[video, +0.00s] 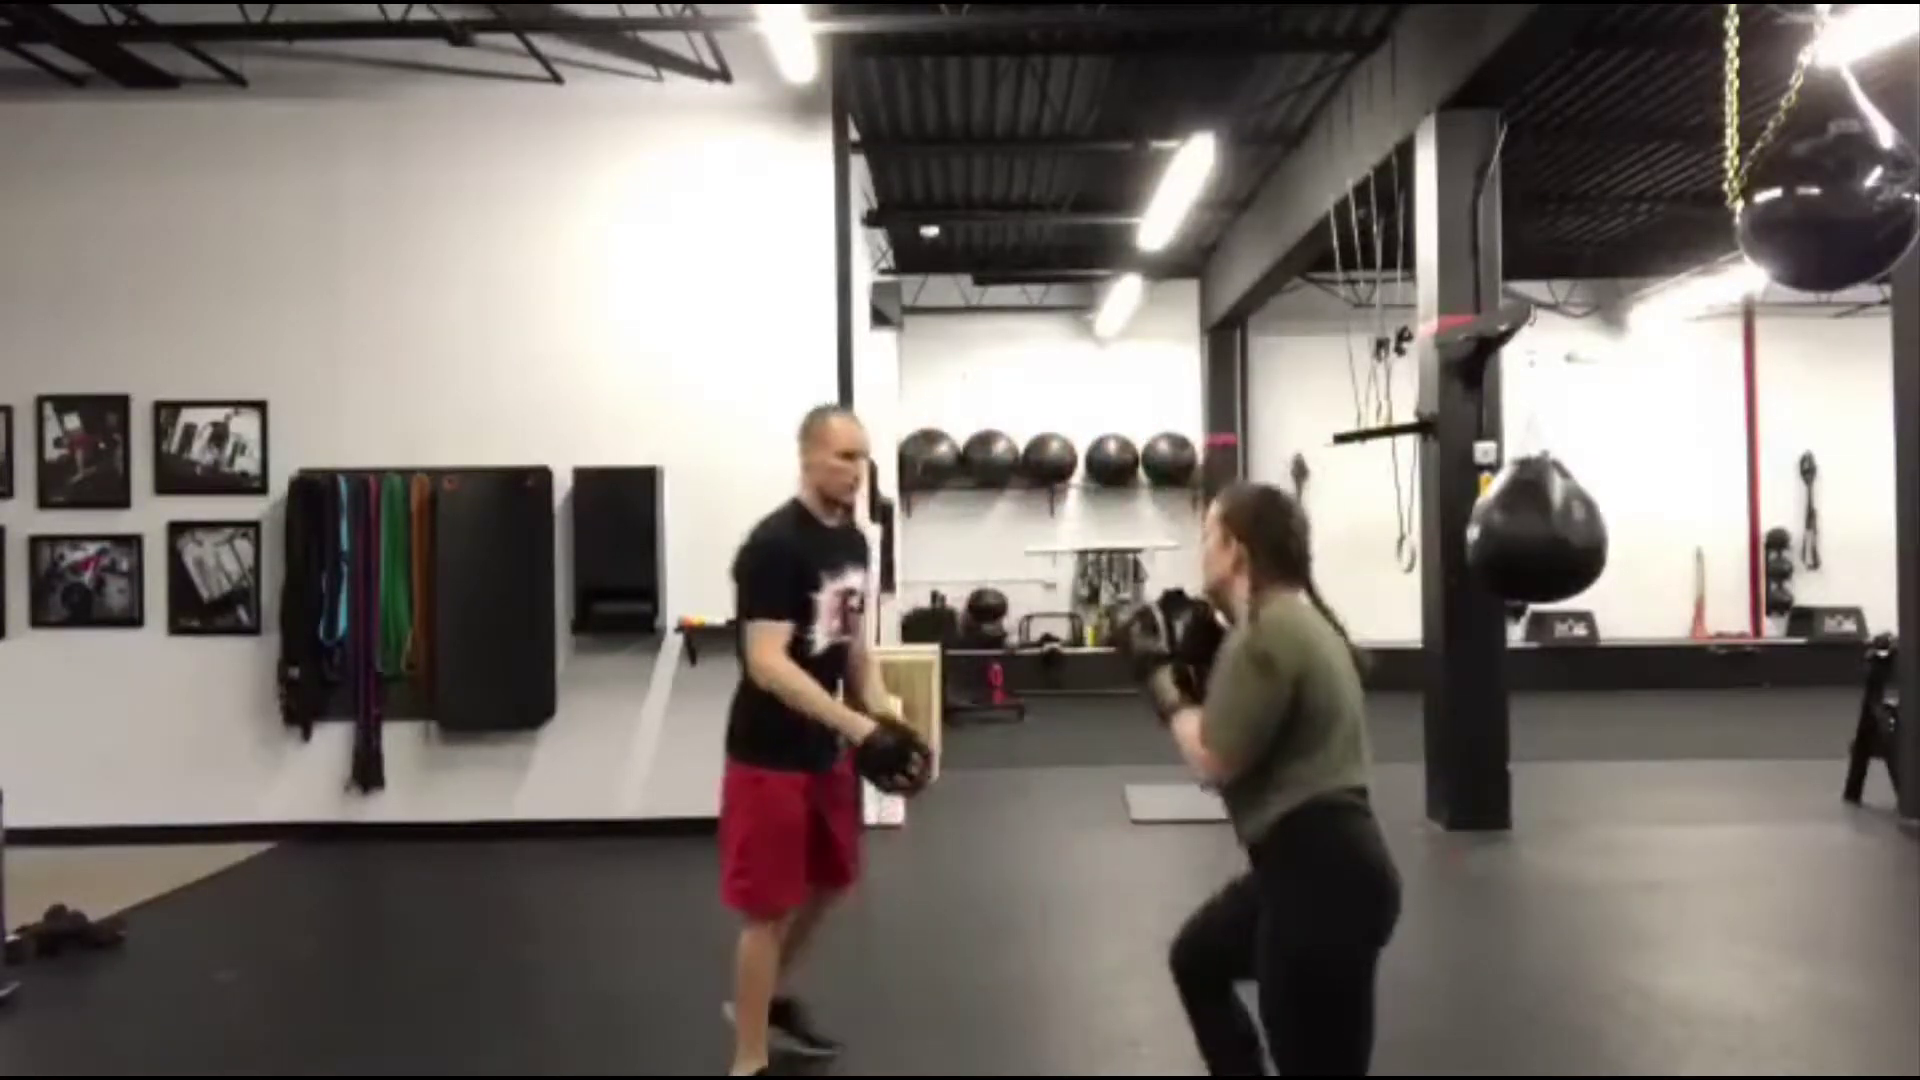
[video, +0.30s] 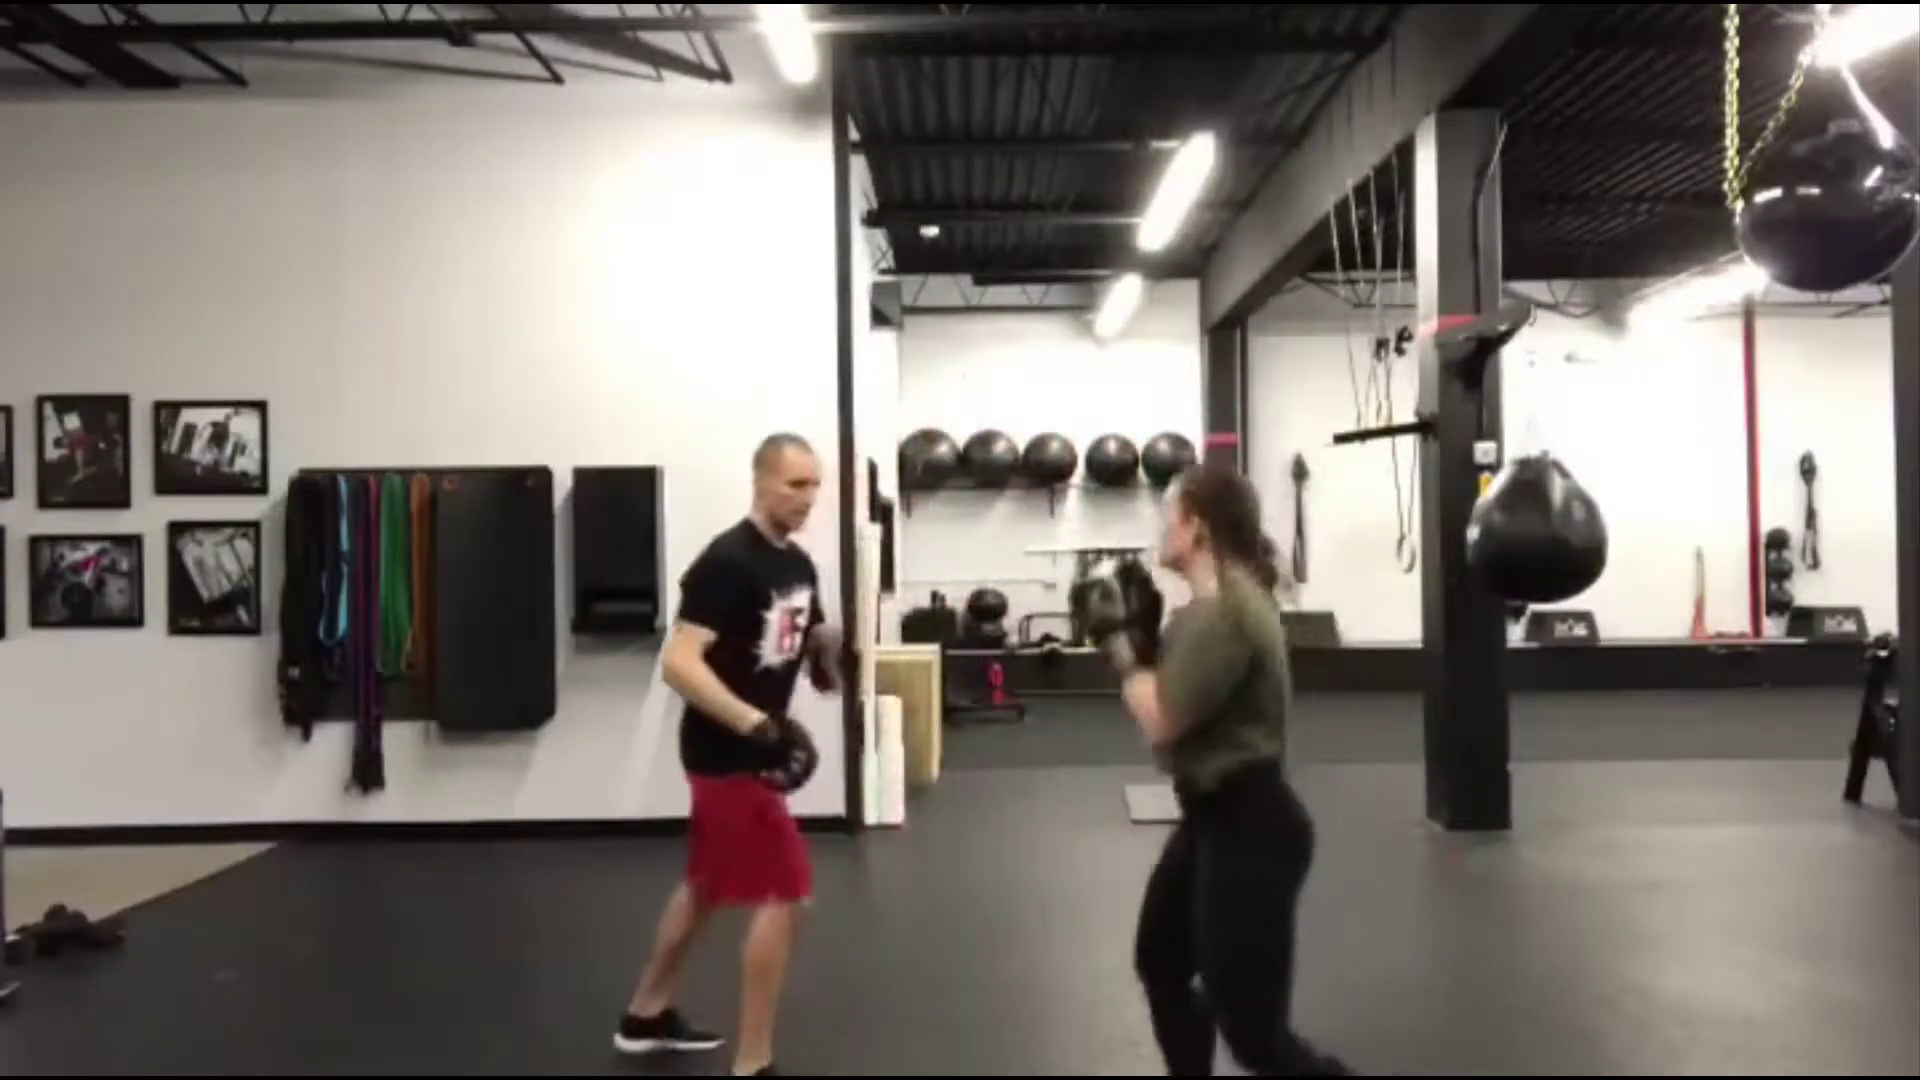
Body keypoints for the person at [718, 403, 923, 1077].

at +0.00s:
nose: (858, 470)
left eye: (863, 458)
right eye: (845, 457)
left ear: (862, 464)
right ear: (806, 459)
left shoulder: (855, 546)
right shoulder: (772, 545)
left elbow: (857, 651)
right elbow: (766, 660)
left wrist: (890, 722)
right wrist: (857, 727)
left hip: (829, 755)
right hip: (768, 759)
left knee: (828, 882)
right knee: (768, 912)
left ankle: (770, 997)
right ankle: (750, 1058)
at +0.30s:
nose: (808, 498)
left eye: (814, 486)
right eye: (797, 485)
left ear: (812, 490)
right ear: (760, 484)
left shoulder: (798, 565)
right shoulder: (726, 562)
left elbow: (800, 642)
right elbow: (679, 661)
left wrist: (825, 656)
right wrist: (761, 725)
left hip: (757, 757)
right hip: (723, 761)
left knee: (704, 883)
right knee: (783, 892)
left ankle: (647, 1013)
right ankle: (752, 1061)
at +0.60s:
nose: (795, 489)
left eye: (799, 478)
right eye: (784, 477)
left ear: (793, 483)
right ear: (745, 478)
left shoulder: (766, 557)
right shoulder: (714, 555)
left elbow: (797, 648)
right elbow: (676, 654)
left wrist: (857, 636)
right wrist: (769, 692)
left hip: (709, 753)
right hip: (706, 758)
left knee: (685, 887)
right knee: (744, 905)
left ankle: (645, 1015)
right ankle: (753, 1064)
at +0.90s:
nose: (803, 496)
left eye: (809, 485)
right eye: (794, 482)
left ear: (800, 485)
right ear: (753, 475)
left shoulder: (769, 557)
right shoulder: (721, 554)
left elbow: (808, 647)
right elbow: (735, 654)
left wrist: (847, 605)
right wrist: (818, 590)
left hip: (712, 755)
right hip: (703, 759)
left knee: (691, 885)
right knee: (758, 905)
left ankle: (647, 1009)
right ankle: (760, 1066)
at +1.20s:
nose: (784, 507)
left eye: (788, 495)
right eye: (772, 494)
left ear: (779, 499)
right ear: (733, 494)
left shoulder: (744, 570)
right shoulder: (703, 570)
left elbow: (739, 672)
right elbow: (687, 675)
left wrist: (790, 638)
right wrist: (777, 630)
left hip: (698, 760)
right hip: (691, 765)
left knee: (685, 890)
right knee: (763, 901)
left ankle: (619, 1009)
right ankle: (760, 1066)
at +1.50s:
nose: (776, 502)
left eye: (780, 491)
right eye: (764, 489)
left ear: (768, 496)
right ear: (725, 490)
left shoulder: (733, 565)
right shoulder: (694, 564)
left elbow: (755, 663)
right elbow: (680, 667)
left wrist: (794, 613)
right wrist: (761, 612)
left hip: (678, 754)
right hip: (675, 760)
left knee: (669, 888)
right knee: (740, 903)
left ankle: (618, 1010)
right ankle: (733, 1065)